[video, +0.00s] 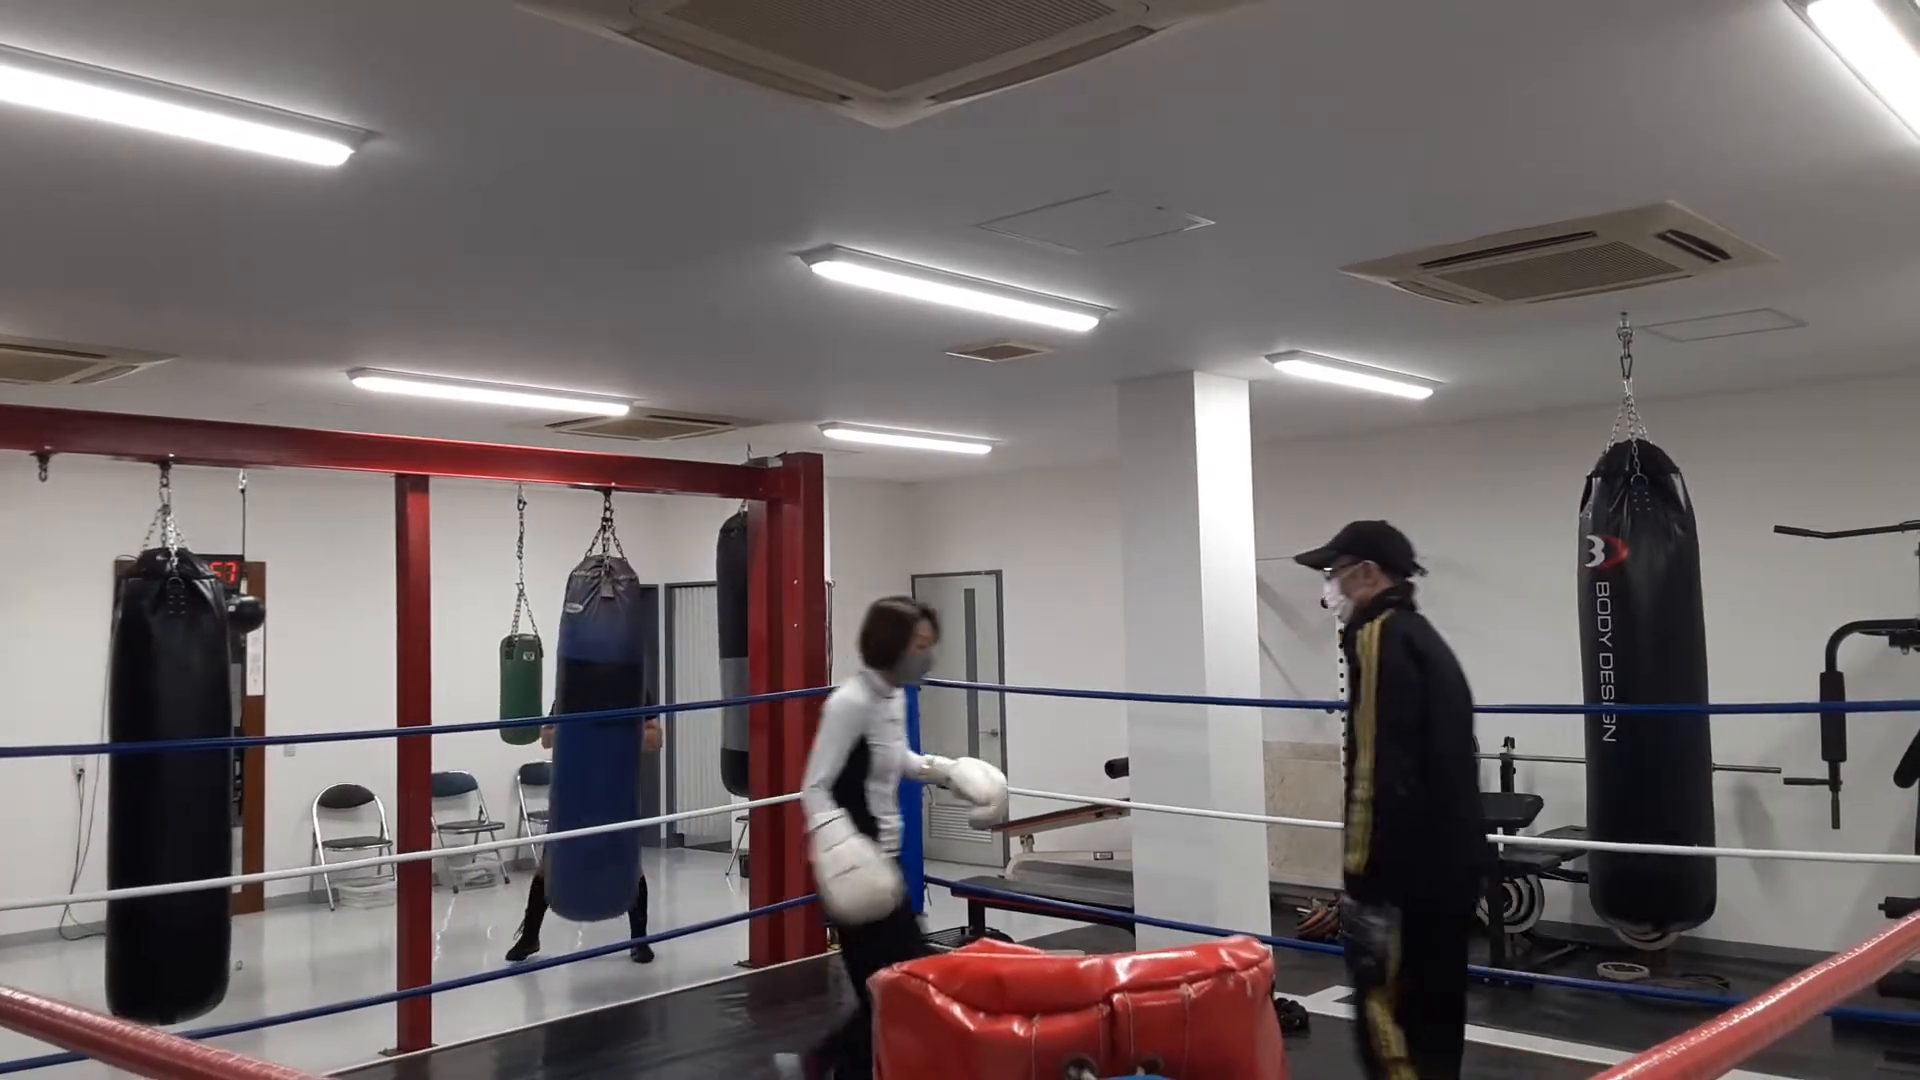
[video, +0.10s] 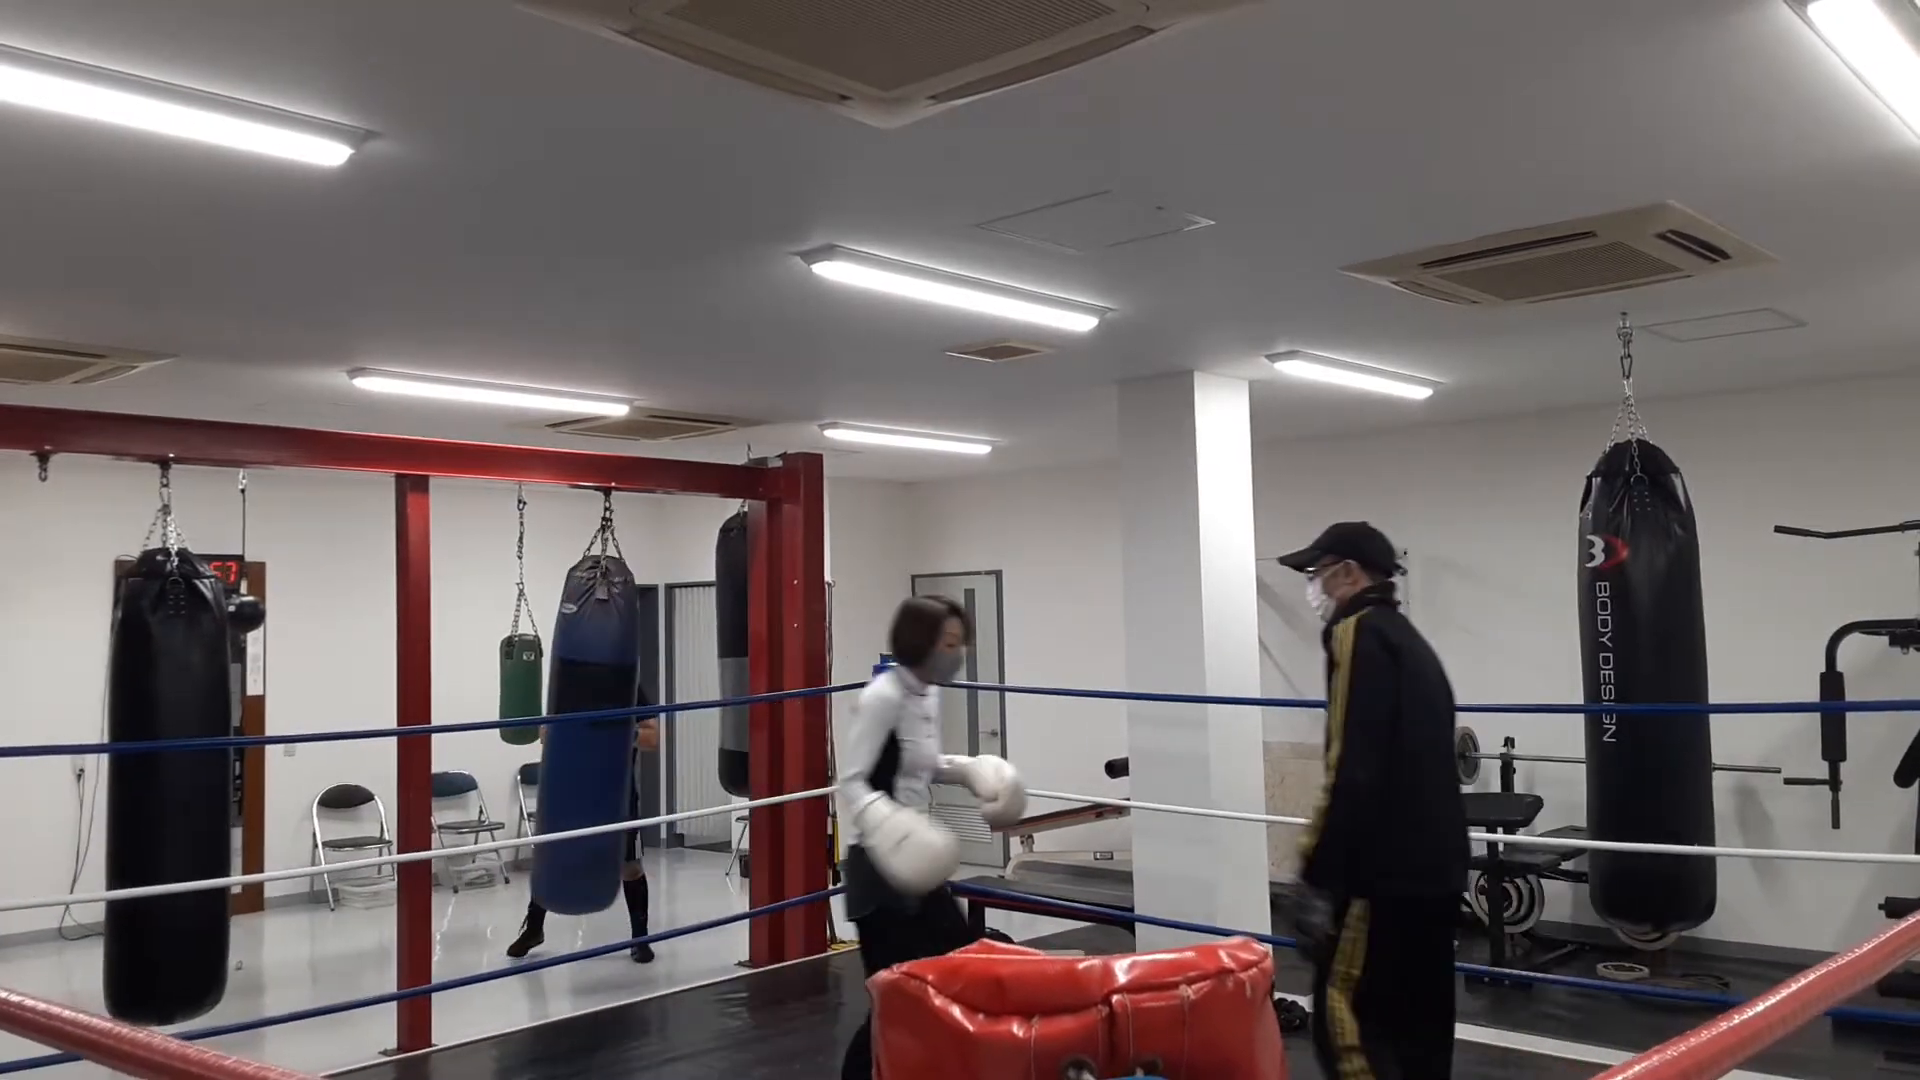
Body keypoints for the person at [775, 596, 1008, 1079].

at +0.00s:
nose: (929, 656)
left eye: (931, 646)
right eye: (922, 646)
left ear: (915, 646)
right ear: (894, 647)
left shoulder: (894, 695)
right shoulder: (850, 701)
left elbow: (895, 759)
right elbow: (815, 791)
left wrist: (949, 772)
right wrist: (852, 859)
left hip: (886, 859)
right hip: (857, 865)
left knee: (889, 988)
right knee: (906, 979)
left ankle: (847, 1065)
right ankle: (821, 1061)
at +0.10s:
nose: (958, 652)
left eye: (960, 642)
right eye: (950, 642)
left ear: (951, 645)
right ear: (921, 643)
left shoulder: (928, 694)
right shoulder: (881, 696)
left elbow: (923, 765)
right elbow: (852, 783)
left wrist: (973, 771)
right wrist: (899, 830)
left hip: (915, 851)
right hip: (877, 857)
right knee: (899, 983)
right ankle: (863, 1068)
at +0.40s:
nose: (1066, 666)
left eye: (1068, 657)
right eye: (1056, 656)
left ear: (1071, 658)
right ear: (1028, 657)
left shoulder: (1053, 713)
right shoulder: (984, 709)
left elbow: (1053, 789)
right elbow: (956, 788)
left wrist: (1103, 775)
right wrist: (1012, 774)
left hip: (1020, 863)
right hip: (969, 866)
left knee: (1066, 956)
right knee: (954, 971)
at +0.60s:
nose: (1104, 654)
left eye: (1111, 646)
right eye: (1094, 642)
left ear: (1118, 650)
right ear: (1068, 641)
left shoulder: (1102, 703)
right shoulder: (1021, 688)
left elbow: (1109, 779)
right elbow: (992, 770)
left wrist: (1100, 758)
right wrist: (1027, 746)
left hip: (1051, 848)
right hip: (995, 844)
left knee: (1078, 962)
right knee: (962, 959)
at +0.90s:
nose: (1086, 637)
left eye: (1097, 628)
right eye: (1076, 624)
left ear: (1106, 638)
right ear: (1054, 630)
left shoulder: (1106, 690)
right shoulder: (1015, 681)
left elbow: (1124, 760)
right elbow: (977, 745)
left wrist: (1104, 820)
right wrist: (1007, 782)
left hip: (1070, 837)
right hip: (1006, 832)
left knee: (1077, 953)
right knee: (983, 946)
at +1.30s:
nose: (1015, 651)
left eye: (1025, 643)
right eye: (1006, 641)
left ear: (1035, 653)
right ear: (987, 647)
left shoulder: (1049, 700)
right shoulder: (961, 702)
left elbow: (1074, 762)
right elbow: (944, 767)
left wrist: (1066, 803)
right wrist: (952, 811)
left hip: (1042, 836)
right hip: (983, 838)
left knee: (1060, 943)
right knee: (984, 944)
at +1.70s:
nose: (1004, 651)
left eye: (1014, 643)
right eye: (994, 641)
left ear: (1025, 651)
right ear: (978, 648)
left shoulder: (1041, 692)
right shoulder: (955, 697)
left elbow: (1060, 759)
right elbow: (945, 761)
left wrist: (1041, 803)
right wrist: (938, 802)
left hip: (1039, 827)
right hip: (984, 831)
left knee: (1065, 934)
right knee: (972, 937)